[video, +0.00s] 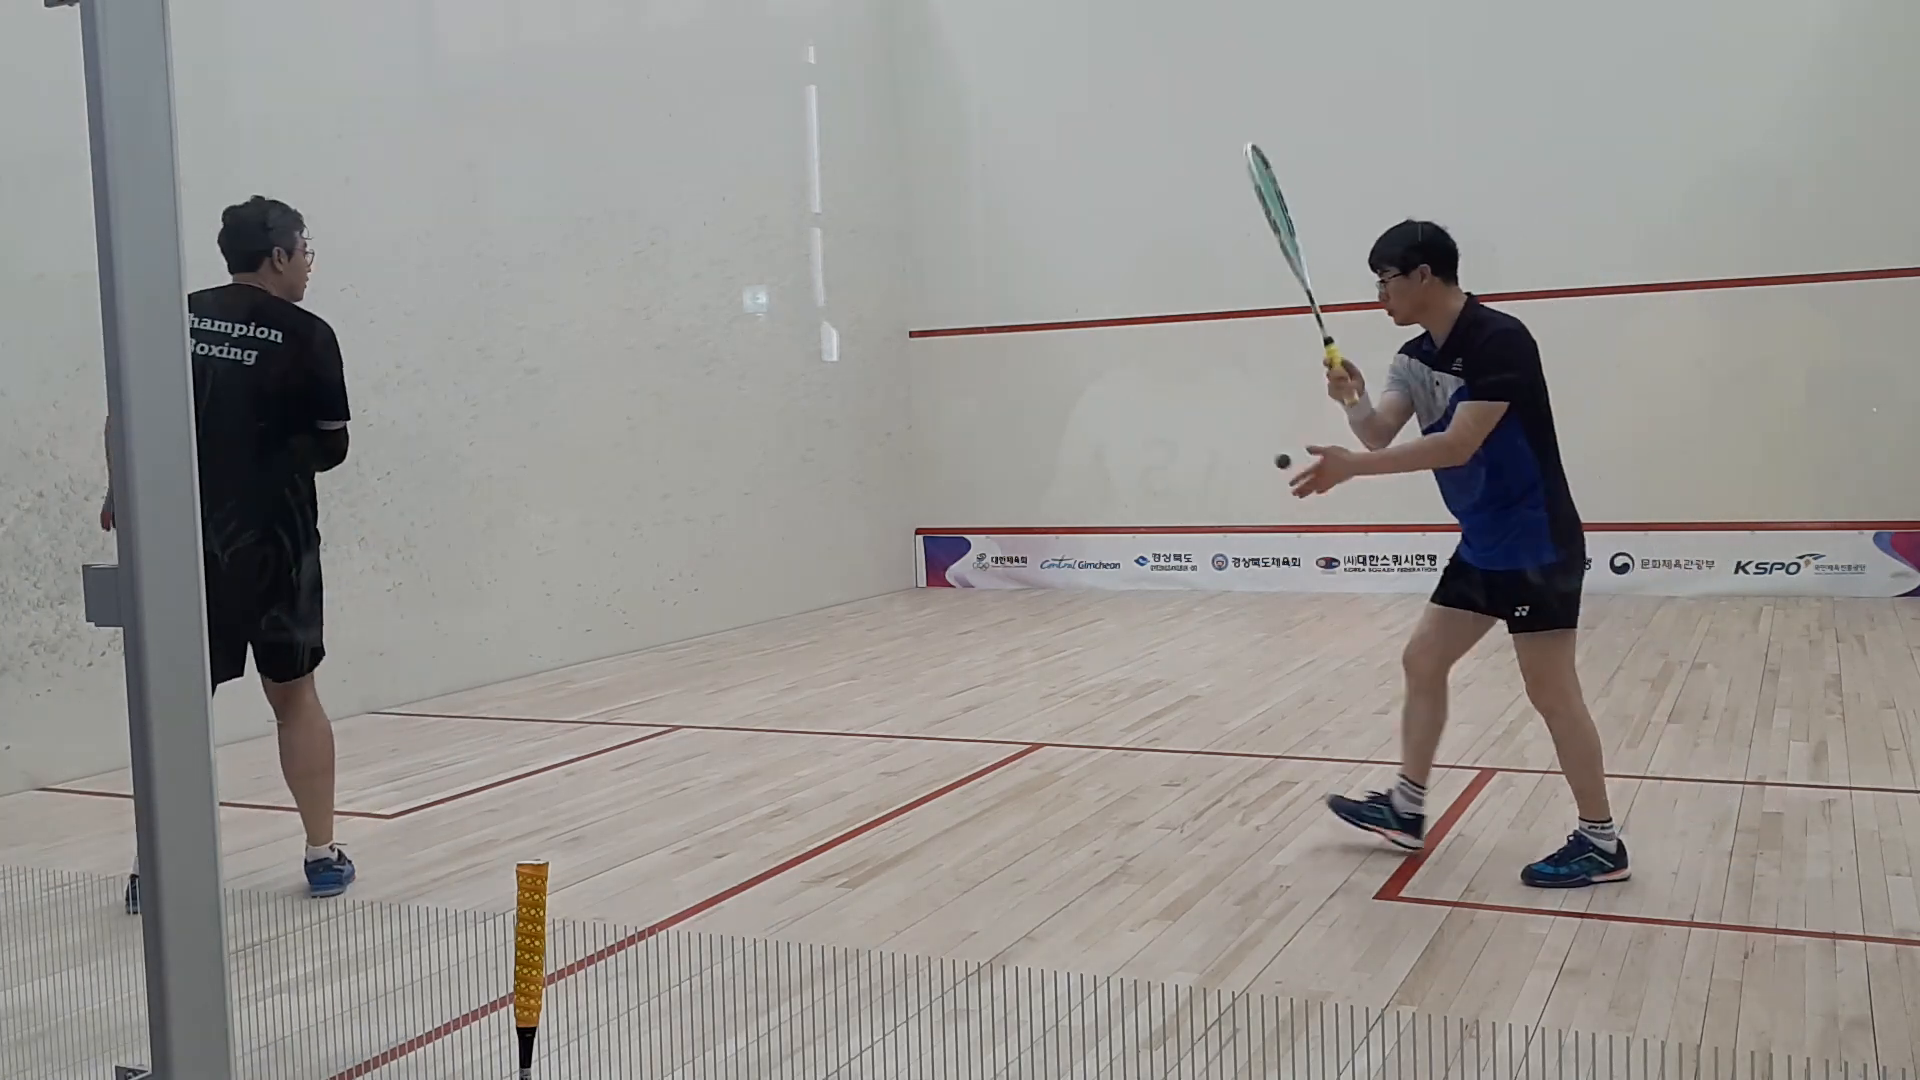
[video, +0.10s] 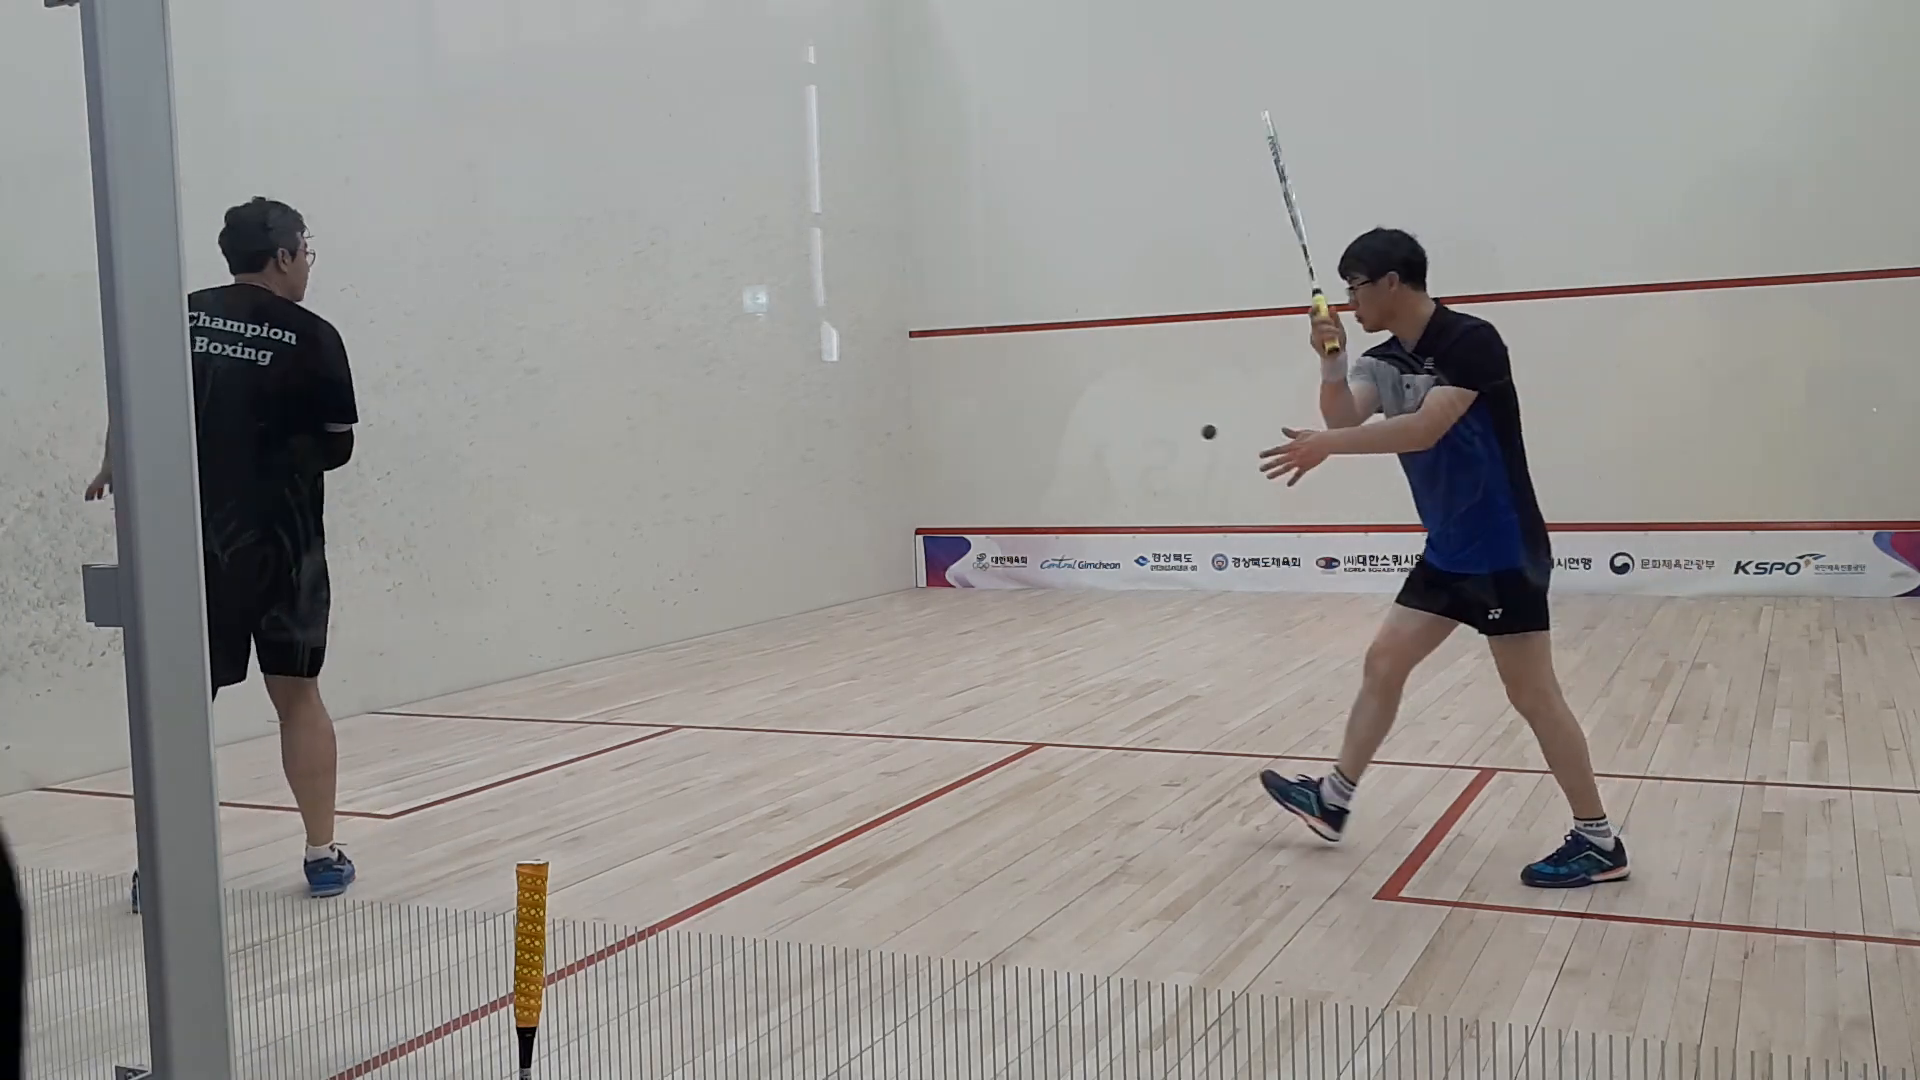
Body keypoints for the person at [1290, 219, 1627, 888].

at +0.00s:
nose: (1379, 296)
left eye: (1386, 281)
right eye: (1377, 283)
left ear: (1424, 275)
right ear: (1418, 279)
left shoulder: (1501, 341)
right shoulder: (1416, 352)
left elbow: (1458, 445)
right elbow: (1378, 437)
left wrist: (1358, 466)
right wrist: (1353, 400)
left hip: (1542, 546)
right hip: (1484, 545)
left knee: (1554, 692)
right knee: (1424, 659)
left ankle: (1601, 838)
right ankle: (1407, 805)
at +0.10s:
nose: (1349, 303)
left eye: (1355, 289)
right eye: (1347, 290)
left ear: (1393, 282)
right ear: (1389, 286)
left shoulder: (1472, 341)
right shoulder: (1385, 354)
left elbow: (1424, 429)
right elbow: (1345, 423)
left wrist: (1330, 445)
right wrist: (1331, 364)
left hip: (1508, 553)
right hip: (1447, 551)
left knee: (1535, 695)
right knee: (1384, 663)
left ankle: (1597, 835)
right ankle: (1335, 796)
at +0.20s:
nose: (1315, 314)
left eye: (1319, 303)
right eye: (1313, 304)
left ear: (1350, 295)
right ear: (1351, 297)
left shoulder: (1433, 350)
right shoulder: (1348, 364)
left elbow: (1394, 431)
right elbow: (1301, 410)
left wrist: (1302, 446)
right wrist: (1311, 338)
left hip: (1468, 560)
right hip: (1409, 561)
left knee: (1509, 697)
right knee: (1343, 674)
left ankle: (1595, 833)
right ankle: (1301, 806)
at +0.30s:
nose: (1268, 335)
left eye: (1272, 322)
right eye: (1265, 325)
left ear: (1308, 314)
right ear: (1296, 318)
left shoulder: (1391, 367)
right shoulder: (1301, 378)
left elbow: (1360, 451)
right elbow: (1239, 440)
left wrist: (1267, 482)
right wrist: (1280, 386)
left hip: (1428, 571)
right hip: (1370, 571)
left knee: (1470, 706)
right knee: (1295, 667)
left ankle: (1582, 823)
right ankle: (1284, 809)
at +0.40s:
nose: (1223, 345)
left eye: (1225, 332)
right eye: (1220, 334)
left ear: (1255, 325)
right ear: (1258, 328)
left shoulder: (1337, 382)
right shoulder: (1257, 402)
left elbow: (1319, 480)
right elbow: (1214, 469)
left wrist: (1238, 530)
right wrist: (1178, 510)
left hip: (1388, 570)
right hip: (1342, 573)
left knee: (1419, 708)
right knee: (1271, 669)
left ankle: (1551, 805)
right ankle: (1282, 809)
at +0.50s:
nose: (1186, 344)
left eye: (1187, 332)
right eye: (1185, 333)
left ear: (1209, 331)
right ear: (1234, 326)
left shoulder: (1273, 383)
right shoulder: (1242, 395)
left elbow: (1274, 487)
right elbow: (1214, 486)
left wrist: (1221, 557)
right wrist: (1176, 549)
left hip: (1357, 564)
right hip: (1322, 568)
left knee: (1394, 702)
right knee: (1261, 669)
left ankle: (1528, 796)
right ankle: (1281, 810)